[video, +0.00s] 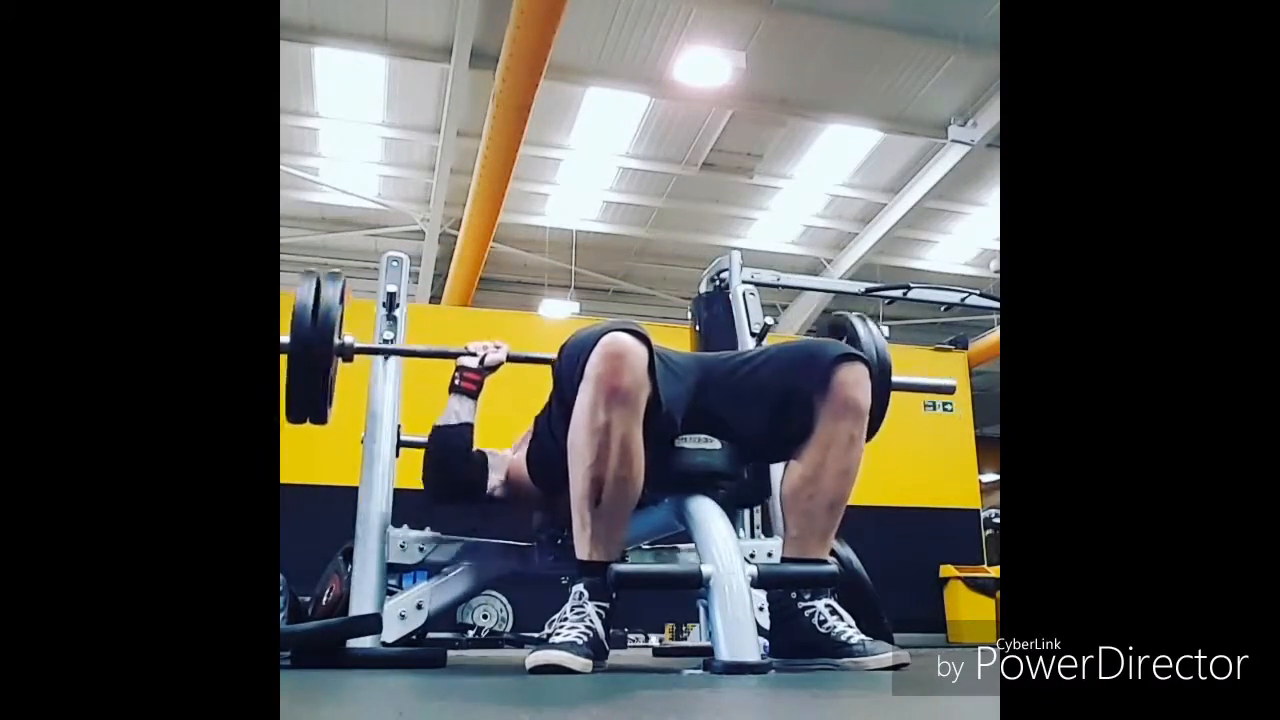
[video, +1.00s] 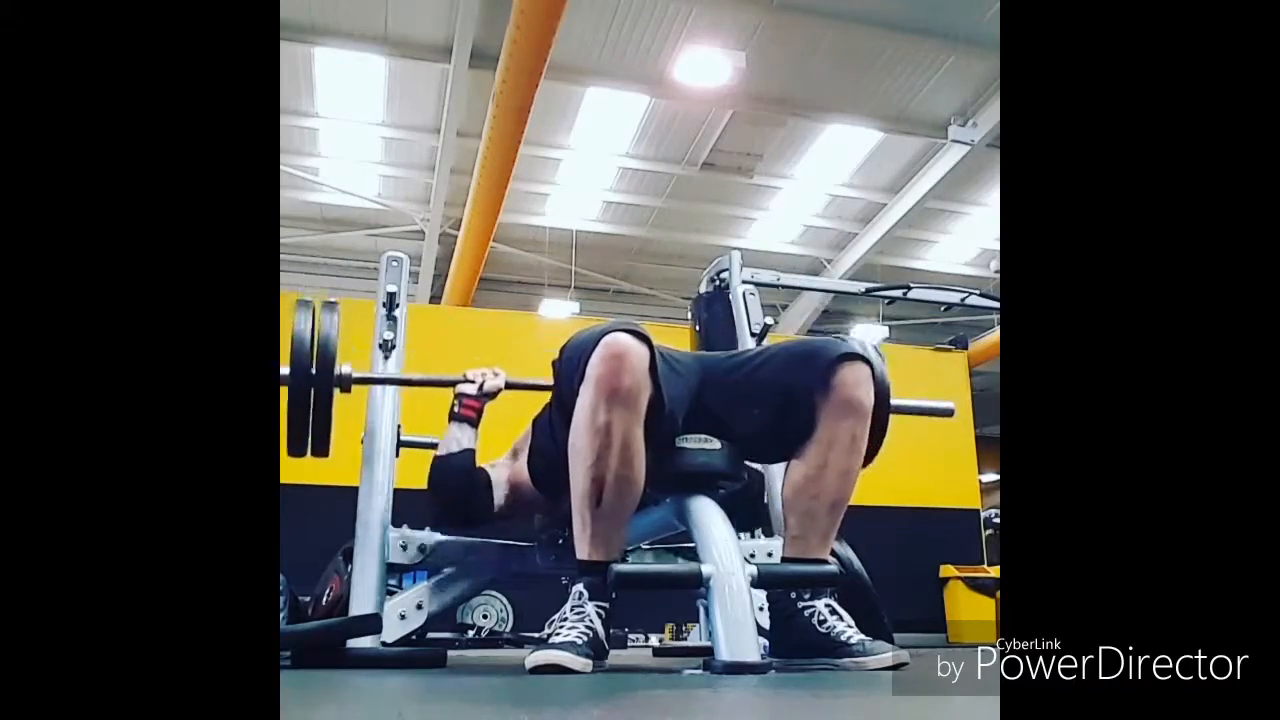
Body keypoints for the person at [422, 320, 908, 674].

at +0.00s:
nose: (481, 460)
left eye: (478, 462)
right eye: (482, 476)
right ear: (496, 493)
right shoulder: (528, 480)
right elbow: (447, 479)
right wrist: (465, 384)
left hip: (700, 373)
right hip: (625, 357)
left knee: (847, 376)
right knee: (617, 357)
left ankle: (801, 607)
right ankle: (588, 606)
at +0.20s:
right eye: (490, 462)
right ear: (500, 472)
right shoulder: (517, 474)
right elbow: (446, 426)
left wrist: (722, 351)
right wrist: (464, 336)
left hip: (701, 387)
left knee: (844, 377)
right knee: (621, 355)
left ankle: (798, 609)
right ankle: (586, 607)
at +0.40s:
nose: (495, 439)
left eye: (497, 438)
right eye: (490, 445)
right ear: (496, 466)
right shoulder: (521, 476)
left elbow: (728, 387)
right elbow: (460, 389)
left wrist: (713, 313)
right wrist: (467, 290)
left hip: (694, 385)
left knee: (837, 374)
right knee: (619, 352)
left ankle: (801, 611)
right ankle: (584, 606)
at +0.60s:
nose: (498, 437)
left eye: (499, 436)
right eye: (495, 441)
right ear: (506, 463)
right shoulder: (525, 464)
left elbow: (727, 377)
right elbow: (468, 377)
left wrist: (711, 303)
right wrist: (467, 278)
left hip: (703, 380)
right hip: (628, 361)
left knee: (841, 373)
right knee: (612, 351)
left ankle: (799, 606)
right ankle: (586, 606)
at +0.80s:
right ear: (503, 472)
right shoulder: (510, 466)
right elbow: (442, 428)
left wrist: (720, 357)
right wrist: (465, 337)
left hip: (710, 389)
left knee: (844, 377)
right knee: (618, 355)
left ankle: (799, 610)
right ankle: (587, 607)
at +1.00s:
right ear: (496, 498)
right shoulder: (524, 480)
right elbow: (452, 501)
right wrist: (468, 406)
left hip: (707, 376)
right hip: (630, 358)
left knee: (850, 375)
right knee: (618, 357)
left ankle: (800, 607)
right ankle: (587, 606)